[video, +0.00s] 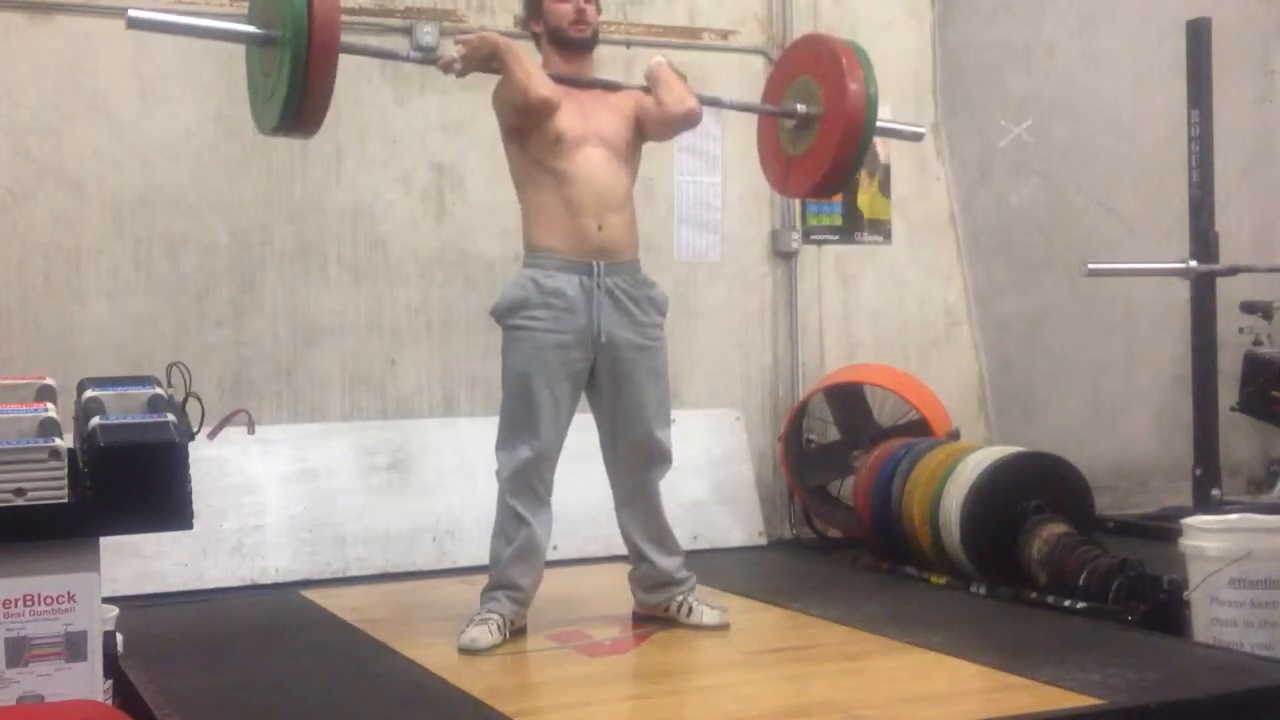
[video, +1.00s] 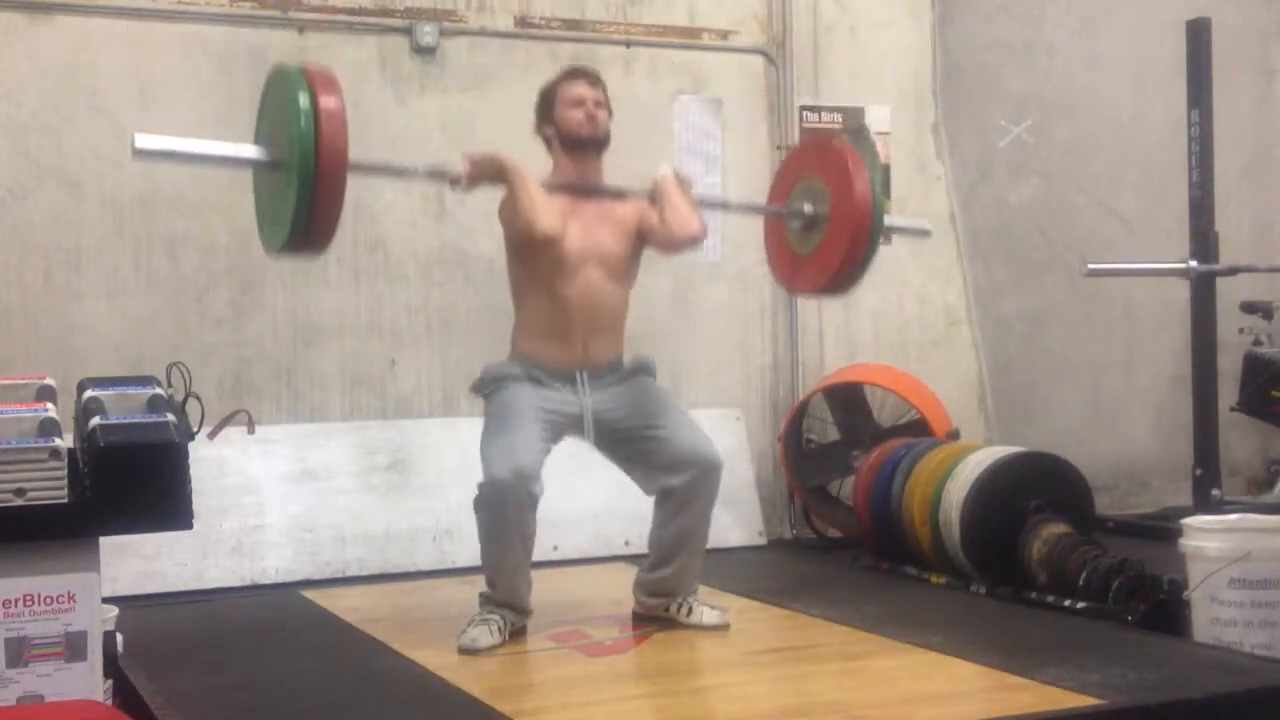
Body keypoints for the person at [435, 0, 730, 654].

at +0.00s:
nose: (582, 7)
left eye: (589, 0)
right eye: (565, 0)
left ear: (599, 18)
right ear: (537, 19)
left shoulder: (629, 102)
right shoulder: (524, 98)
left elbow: (684, 110)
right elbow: (536, 100)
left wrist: (656, 62)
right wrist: (505, 49)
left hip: (630, 293)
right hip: (548, 291)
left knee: (645, 450)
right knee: (528, 456)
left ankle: (661, 591)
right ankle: (504, 603)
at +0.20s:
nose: (584, 8)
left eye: (591, 1)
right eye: (567, 1)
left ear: (600, 20)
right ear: (538, 20)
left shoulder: (630, 103)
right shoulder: (524, 99)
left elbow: (685, 112)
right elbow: (538, 102)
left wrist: (657, 63)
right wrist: (505, 48)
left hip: (633, 293)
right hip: (550, 292)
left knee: (647, 450)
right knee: (530, 457)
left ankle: (661, 592)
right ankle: (504, 604)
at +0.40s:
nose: (585, 8)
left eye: (592, 2)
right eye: (568, 1)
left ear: (600, 21)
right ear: (539, 19)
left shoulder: (630, 103)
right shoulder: (525, 99)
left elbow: (685, 113)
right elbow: (539, 104)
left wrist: (658, 63)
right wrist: (506, 50)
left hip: (632, 293)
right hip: (550, 292)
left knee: (647, 450)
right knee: (530, 456)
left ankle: (661, 591)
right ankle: (504, 603)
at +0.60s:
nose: (587, 9)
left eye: (594, 2)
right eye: (571, 1)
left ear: (602, 20)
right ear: (542, 18)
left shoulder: (631, 102)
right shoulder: (527, 98)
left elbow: (685, 111)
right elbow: (538, 100)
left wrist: (659, 64)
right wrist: (506, 49)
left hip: (629, 294)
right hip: (547, 293)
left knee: (648, 449)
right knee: (527, 454)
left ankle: (661, 592)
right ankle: (504, 603)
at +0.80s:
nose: (590, 48)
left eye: (598, 39)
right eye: (575, 38)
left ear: (607, 57)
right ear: (546, 56)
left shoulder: (632, 140)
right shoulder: (528, 132)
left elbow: (684, 156)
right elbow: (531, 156)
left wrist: (664, 109)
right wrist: (508, 96)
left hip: (620, 330)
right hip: (537, 327)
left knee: (678, 445)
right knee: (516, 452)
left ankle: (664, 592)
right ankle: (502, 605)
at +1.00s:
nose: (592, 111)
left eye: (600, 105)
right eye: (576, 104)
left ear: (610, 123)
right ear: (548, 125)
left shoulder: (634, 208)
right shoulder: (526, 200)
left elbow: (687, 232)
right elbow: (543, 229)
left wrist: (667, 179)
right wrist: (508, 168)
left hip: (616, 384)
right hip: (532, 383)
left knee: (698, 464)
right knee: (507, 479)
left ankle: (662, 596)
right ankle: (502, 608)